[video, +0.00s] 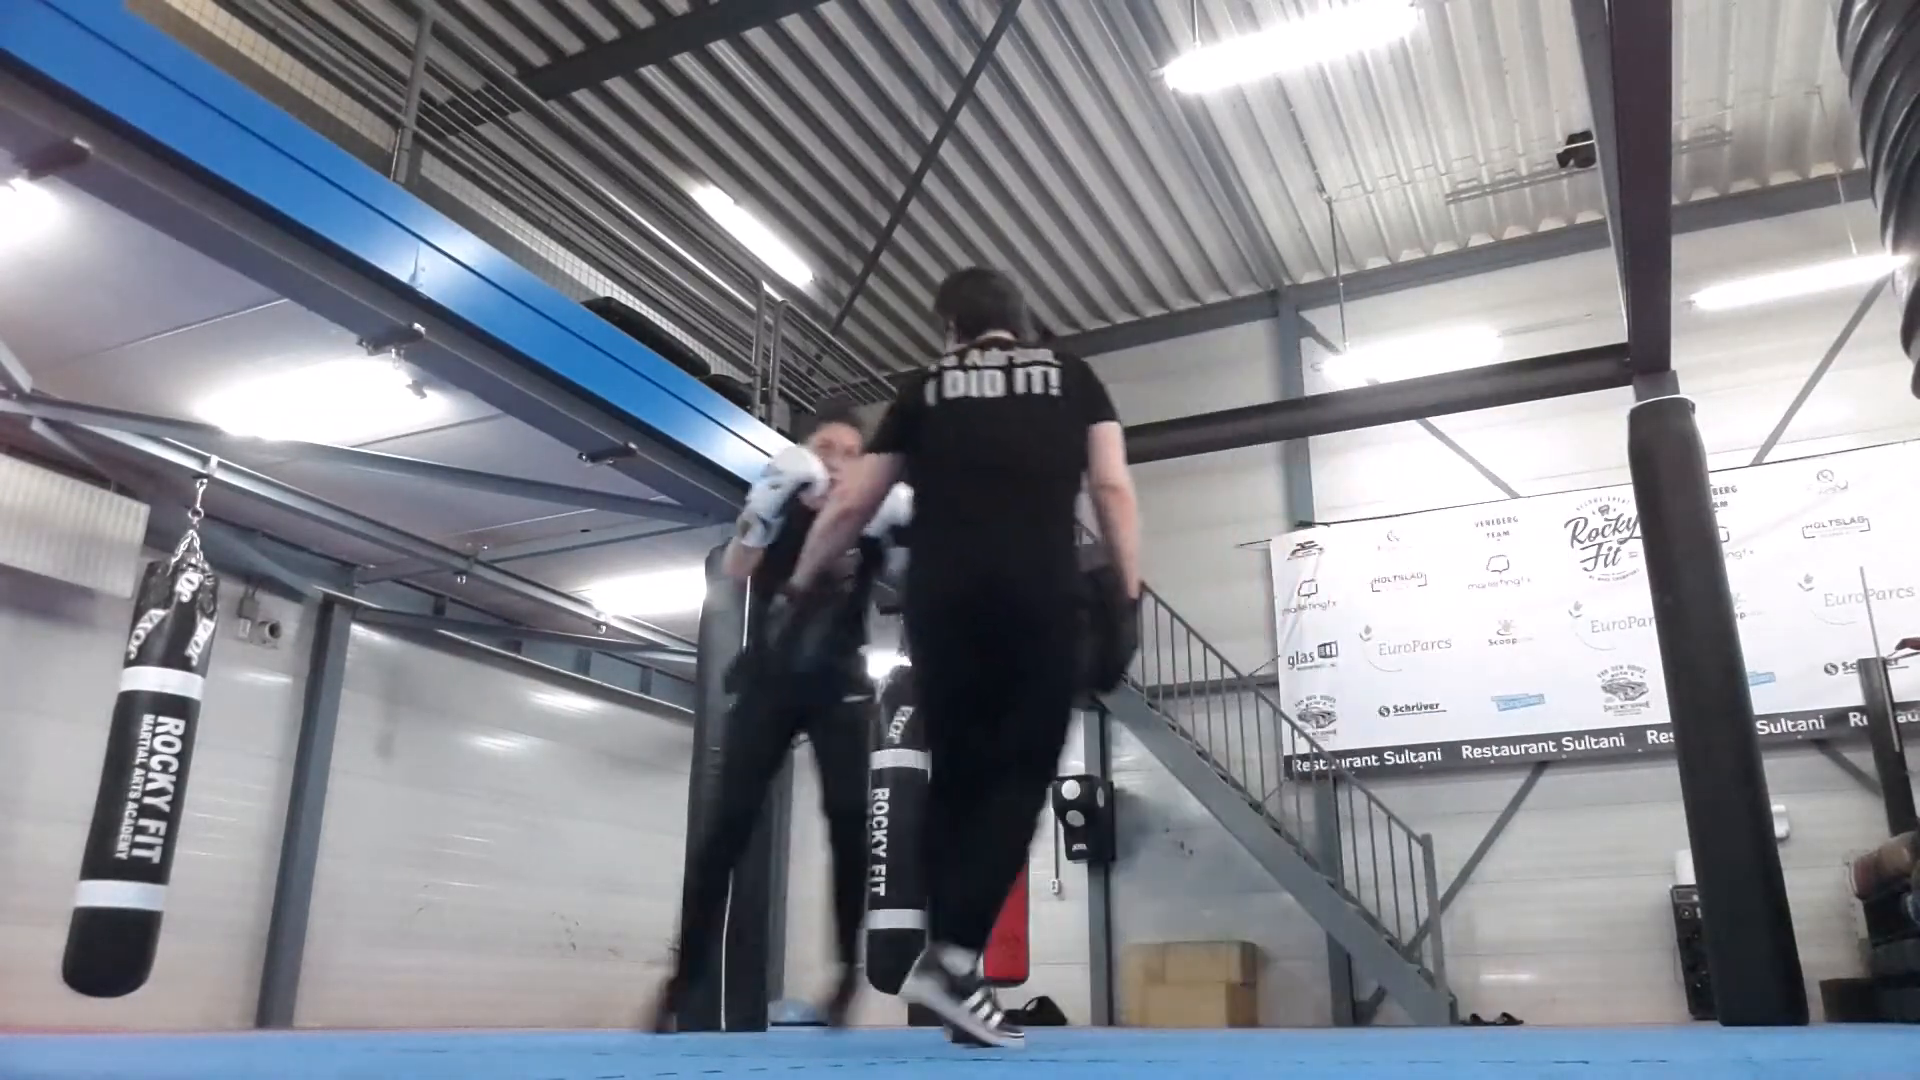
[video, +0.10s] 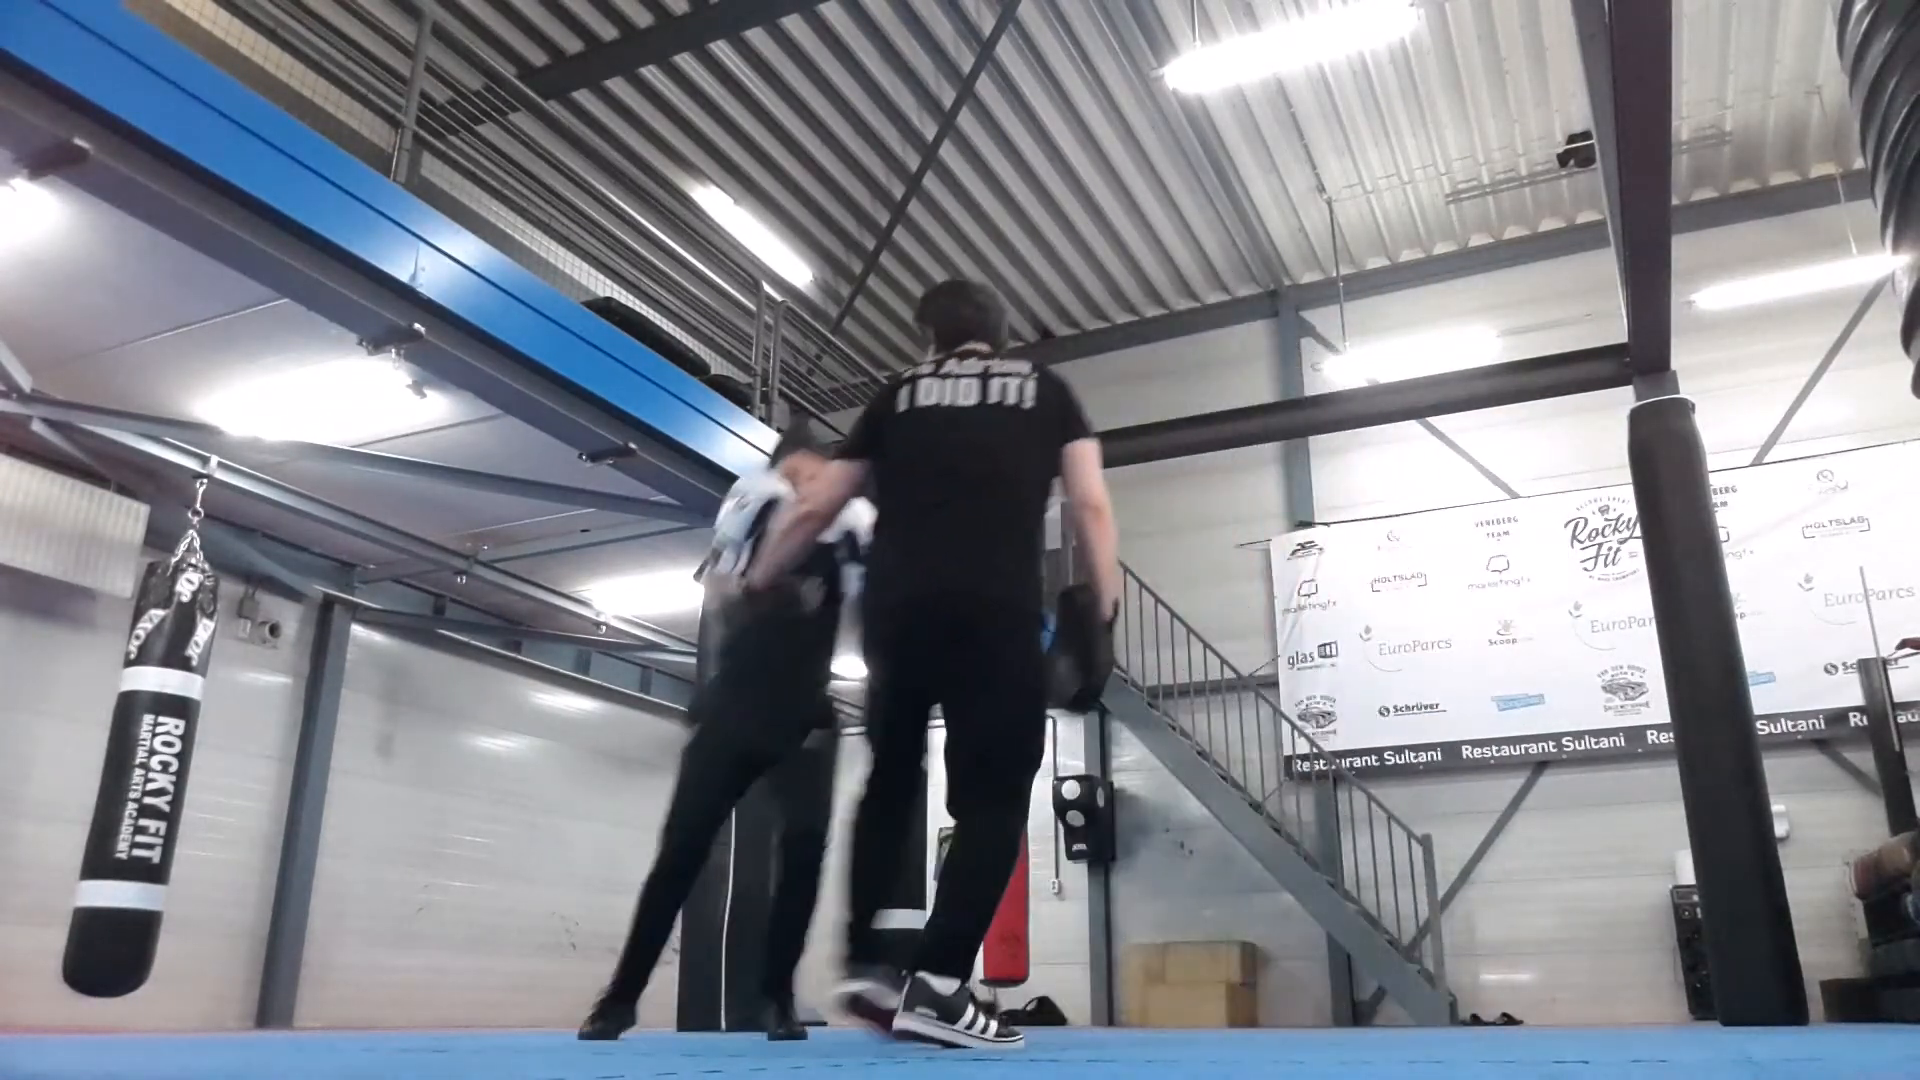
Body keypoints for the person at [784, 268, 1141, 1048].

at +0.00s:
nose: (941, 341)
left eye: (941, 330)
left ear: (951, 330)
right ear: (1019, 322)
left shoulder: (924, 390)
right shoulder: (1073, 375)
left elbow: (852, 501)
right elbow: (1111, 485)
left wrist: (800, 582)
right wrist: (1130, 592)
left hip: (942, 598)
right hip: (1040, 595)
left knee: (958, 771)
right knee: (1022, 778)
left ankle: (960, 977)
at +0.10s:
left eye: (928, 333)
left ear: (929, 338)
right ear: (997, 331)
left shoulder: (897, 396)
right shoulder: (1045, 388)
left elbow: (820, 504)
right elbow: (1091, 505)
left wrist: (758, 577)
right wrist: (1102, 612)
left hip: (900, 617)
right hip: (998, 622)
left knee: (892, 778)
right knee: (993, 806)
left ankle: (868, 964)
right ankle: (941, 985)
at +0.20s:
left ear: (898, 347)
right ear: (972, 343)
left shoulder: (859, 409)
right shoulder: (1005, 399)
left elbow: (764, 509)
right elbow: (1048, 517)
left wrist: (714, 572)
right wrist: (1067, 629)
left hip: (862, 631)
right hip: (959, 633)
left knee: (834, 799)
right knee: (988, 810)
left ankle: (762, 982)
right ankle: (934, 992)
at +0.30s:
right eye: (928, 347)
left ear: (854, 352)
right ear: (926, 349)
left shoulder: (813, 415)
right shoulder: (954, 398)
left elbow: (722, 506)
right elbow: (991, 507)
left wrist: (688, 553)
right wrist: (1025, 620)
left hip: (820, 642)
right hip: (920, 640)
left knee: (766, 808)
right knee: (959, 806)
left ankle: (665, 985)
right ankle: (932, 988)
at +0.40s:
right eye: (874, 350)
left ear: (806, 354)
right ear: (874, 353)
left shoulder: (765, 417)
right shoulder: (896, 402)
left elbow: (679, 508)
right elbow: (938, 498)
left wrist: (661, 546)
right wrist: (976, 615)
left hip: (762, 659)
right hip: (856, 654)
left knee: (716, 825)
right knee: (898, 808)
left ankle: (649, 1001)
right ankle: (920, 987)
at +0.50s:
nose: (839, 362)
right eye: (838, 351)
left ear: (762, 352)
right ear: (830, 354)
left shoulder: (720, 416)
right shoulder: (843, 401)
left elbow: (652, 511)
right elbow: (880, 496)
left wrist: (624, 573)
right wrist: (914, 601)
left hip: (710, 641)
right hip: (806, 637)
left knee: (697, 814)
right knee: (813, 807)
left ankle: (650, 999)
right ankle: (833, 986)